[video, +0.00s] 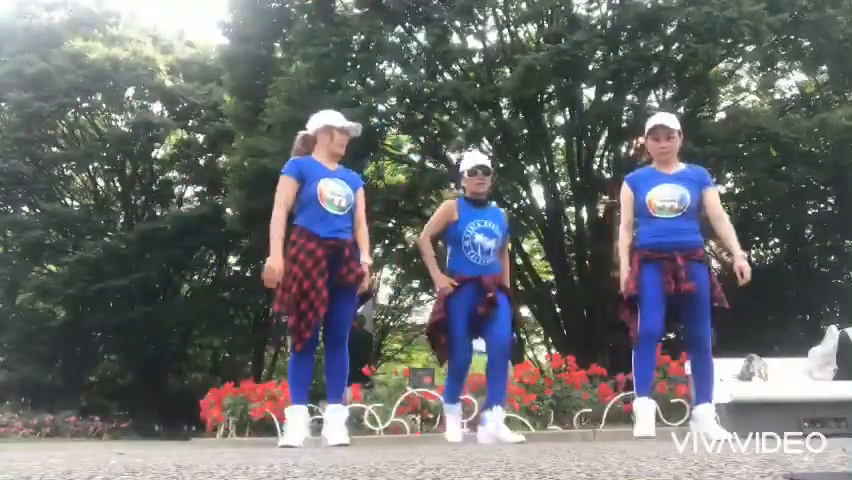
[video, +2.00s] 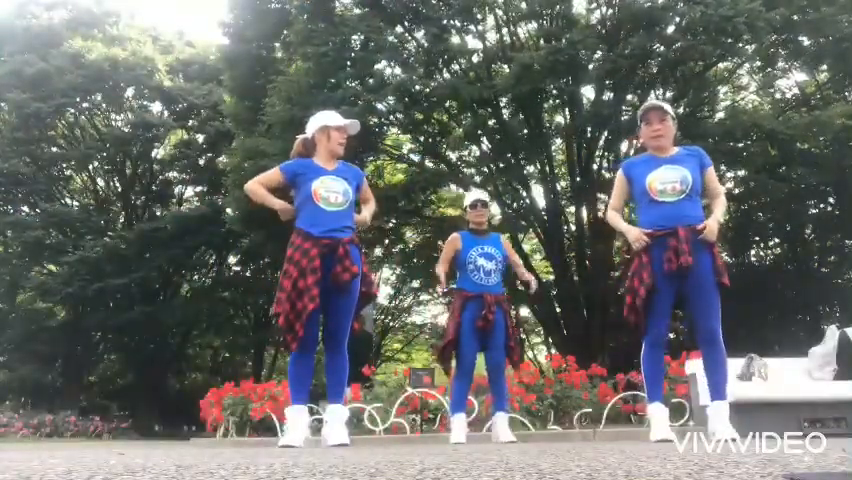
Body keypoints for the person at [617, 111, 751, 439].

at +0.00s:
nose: (664, 141)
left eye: (669, 135)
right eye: (657, 136)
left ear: (679, 139)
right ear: (646, 142)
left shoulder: (698, 175)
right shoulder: (633, 181)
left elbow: (718, 216)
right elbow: (626, 227)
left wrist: (737, 253)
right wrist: (625, 266)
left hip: (693, 260)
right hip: (651, 261)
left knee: (701, 336)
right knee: (650, 330)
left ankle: (703, 411)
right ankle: (643, 405)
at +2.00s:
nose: (656, 127)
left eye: (661, 121)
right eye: (649, 123)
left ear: (673, 126)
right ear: (640, 133)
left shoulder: (695, 156)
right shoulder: (630, 167)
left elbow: (718, 196)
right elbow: (612, 211)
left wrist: (714, 219)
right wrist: (628, 229)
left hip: (697, 245)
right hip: (655, 249)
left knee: (711, 331)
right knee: (656, 334)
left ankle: (719, 414)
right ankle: (657, 414)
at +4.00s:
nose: (602, 181)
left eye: (609, 176)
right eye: (597, 177)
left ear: (619, 180)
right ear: (591, 182)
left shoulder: (630, 202)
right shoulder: (591, 217)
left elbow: (649, 238)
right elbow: (587, 256)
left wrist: (664, 277)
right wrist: (586, 291)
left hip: (637, 274)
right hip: (610, 281)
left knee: (628, 341)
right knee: (613, 352)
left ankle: (667, 405)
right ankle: (634, 420)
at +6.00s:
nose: (661, 104)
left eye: (668, 99)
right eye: (654, 100)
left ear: (680, 108)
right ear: (643, 113)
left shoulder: (701, 142)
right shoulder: (631, 155)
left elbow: (724, 191)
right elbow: (625, 208)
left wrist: (739, 236)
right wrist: (630, 252)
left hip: (705, 237)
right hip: (659, 241)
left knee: (717, 324)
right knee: (669, 328)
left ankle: (720, 410)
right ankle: (679, 413)